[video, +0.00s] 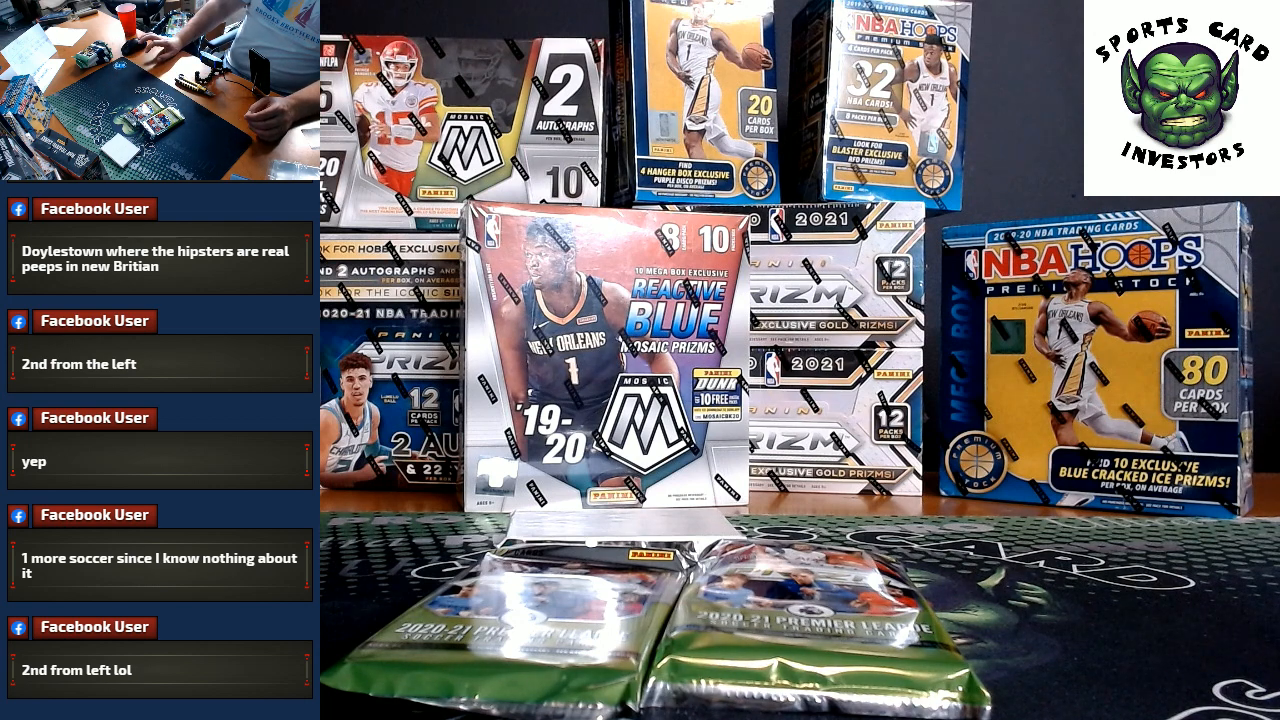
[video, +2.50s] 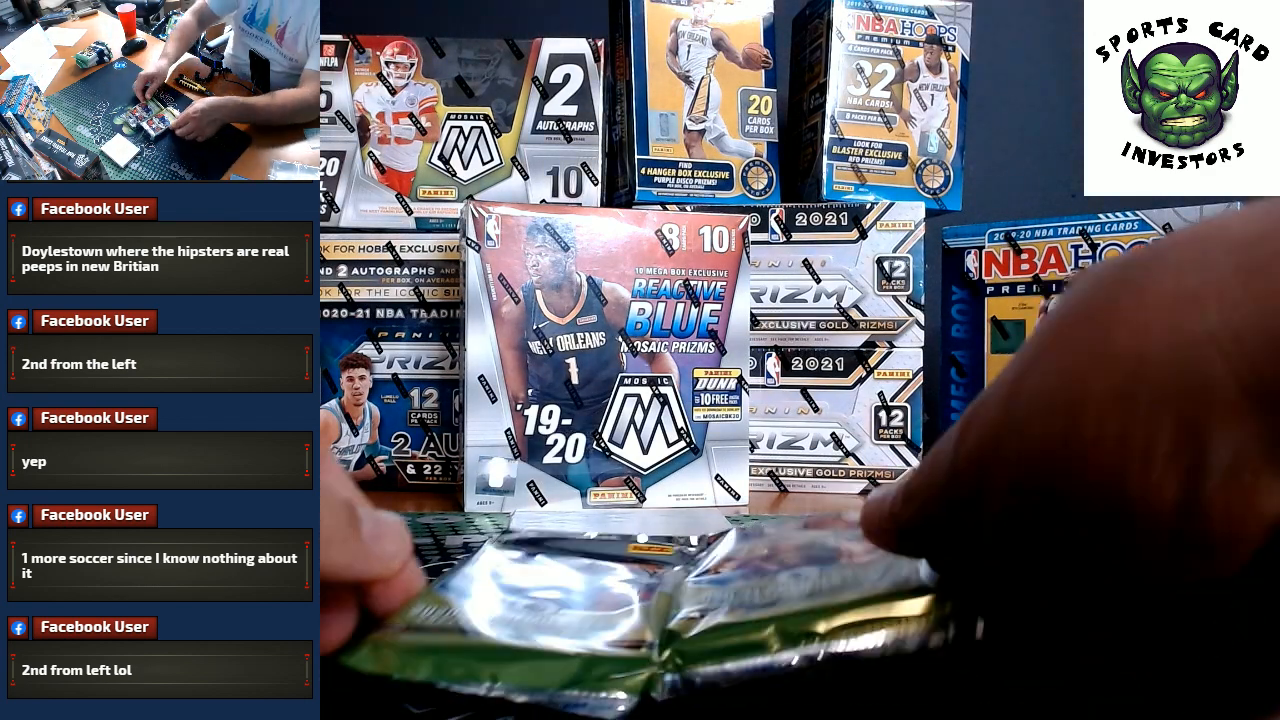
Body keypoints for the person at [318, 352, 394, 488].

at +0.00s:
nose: (356, 385)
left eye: (362, 378)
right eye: (350, 379)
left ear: (370, 382)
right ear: (341, 383)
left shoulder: (372, 413)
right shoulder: (325, 419)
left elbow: (373, 450)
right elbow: (316, 477)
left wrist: (406, 456)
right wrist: (360, 475)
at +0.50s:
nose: (356, 385)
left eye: (362, 378)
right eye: (350, 379)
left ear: (370, 382)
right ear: (341, 384)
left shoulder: (372, 413)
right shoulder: (325, 419)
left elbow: (373, 450)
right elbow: (316, 477)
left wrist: (406, 456)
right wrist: (360, 475)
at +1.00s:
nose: (356, 385)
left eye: (362, 378)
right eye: (350, 379)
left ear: (370, 382)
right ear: (341, 383)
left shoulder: (372, 413)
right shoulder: (325, 419)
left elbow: (373, 450)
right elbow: (317, 477)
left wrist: (406, 456)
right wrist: (360, 475)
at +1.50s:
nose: (356, 385)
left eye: (362, 378)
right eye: (350, 379)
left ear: (370, 382)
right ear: (341, 383)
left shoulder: (372, 413)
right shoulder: (325, 419)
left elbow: (373, 450)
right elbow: (316, 477)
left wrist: (406, 456)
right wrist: (360, 475)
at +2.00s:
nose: (356, 385)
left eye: (362, 378)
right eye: (350, 379)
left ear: (370, 382)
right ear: (341, 383)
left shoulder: (372, 413)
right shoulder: (325, 419)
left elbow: (373, 450)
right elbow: (316, 477)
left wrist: (406, 456)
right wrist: (360, 475)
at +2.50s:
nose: (356, 385)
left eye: (362, 378)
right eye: (350, 379)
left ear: (370, 382)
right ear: (342, 383)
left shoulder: (372, 413)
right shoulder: (325, 419)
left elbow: (374, 450)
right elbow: (321, 475)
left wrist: (407, 455)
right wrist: (360, 475)